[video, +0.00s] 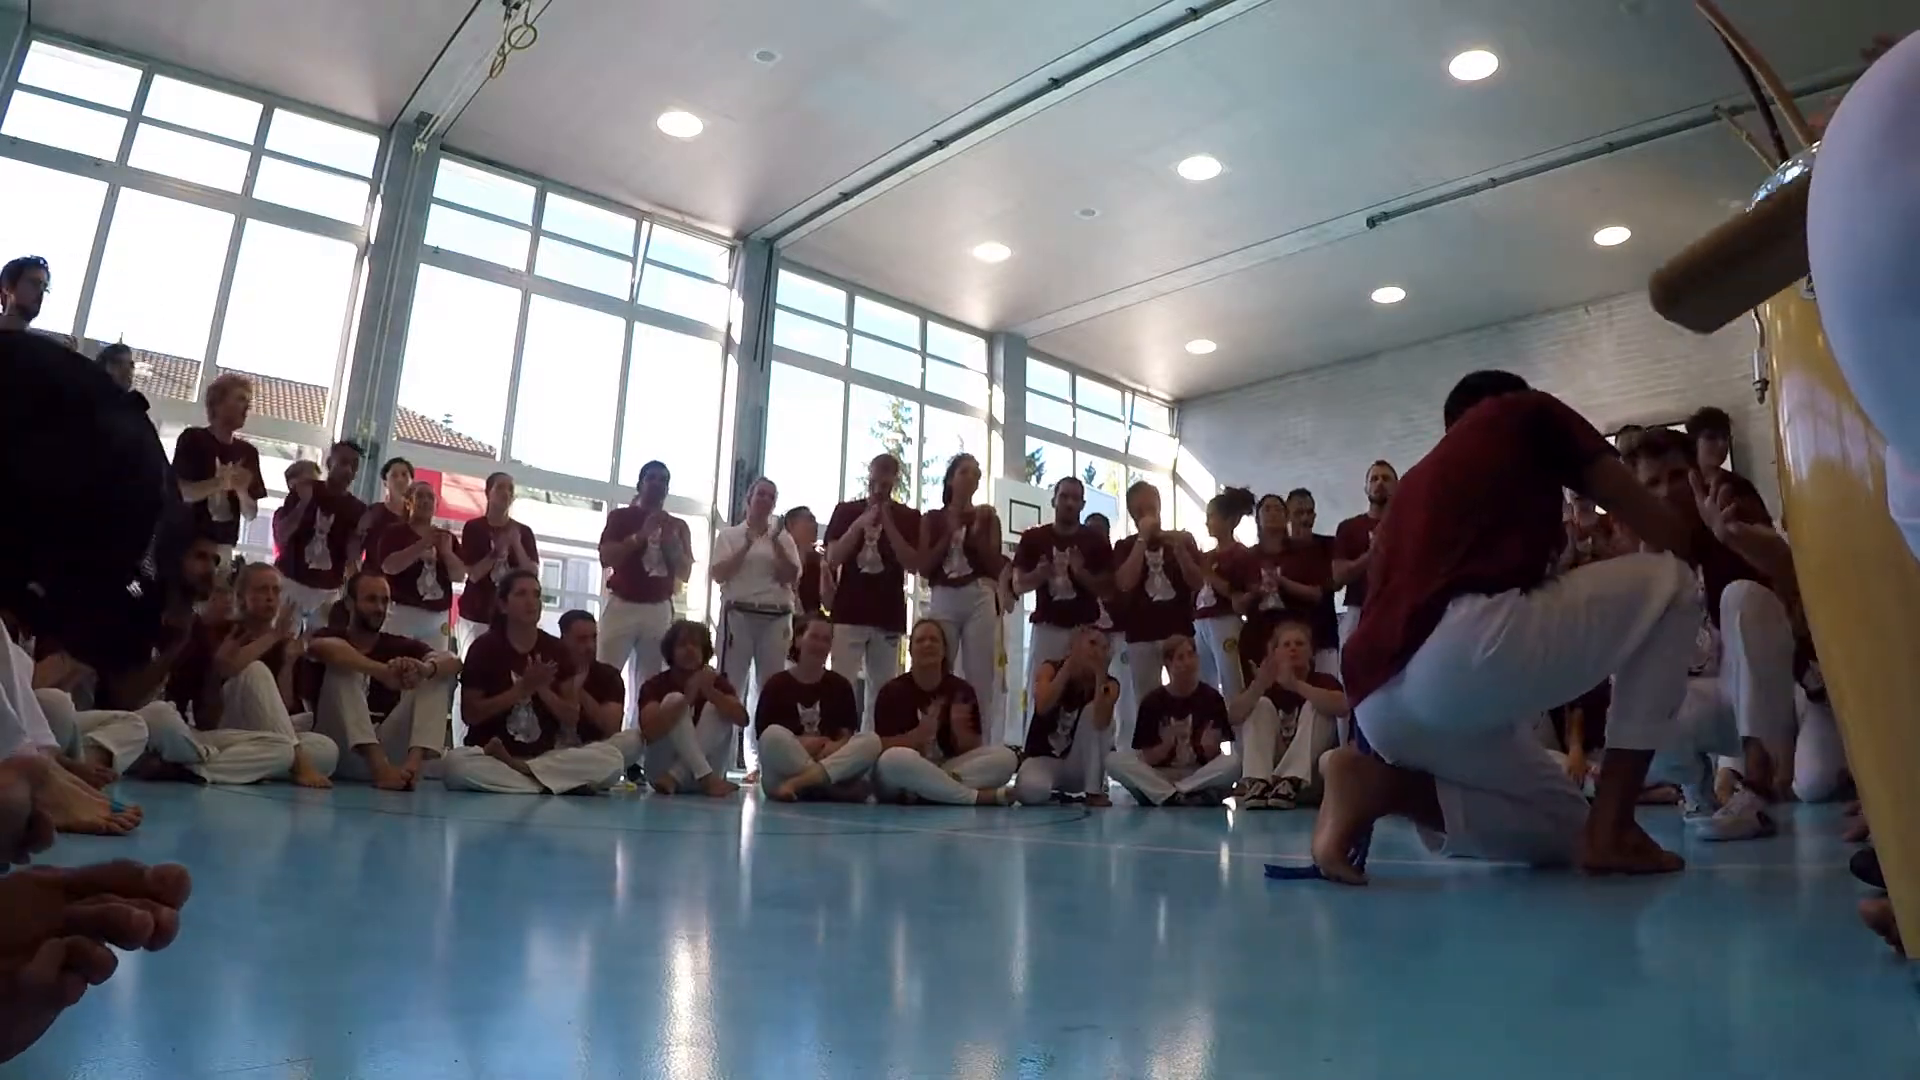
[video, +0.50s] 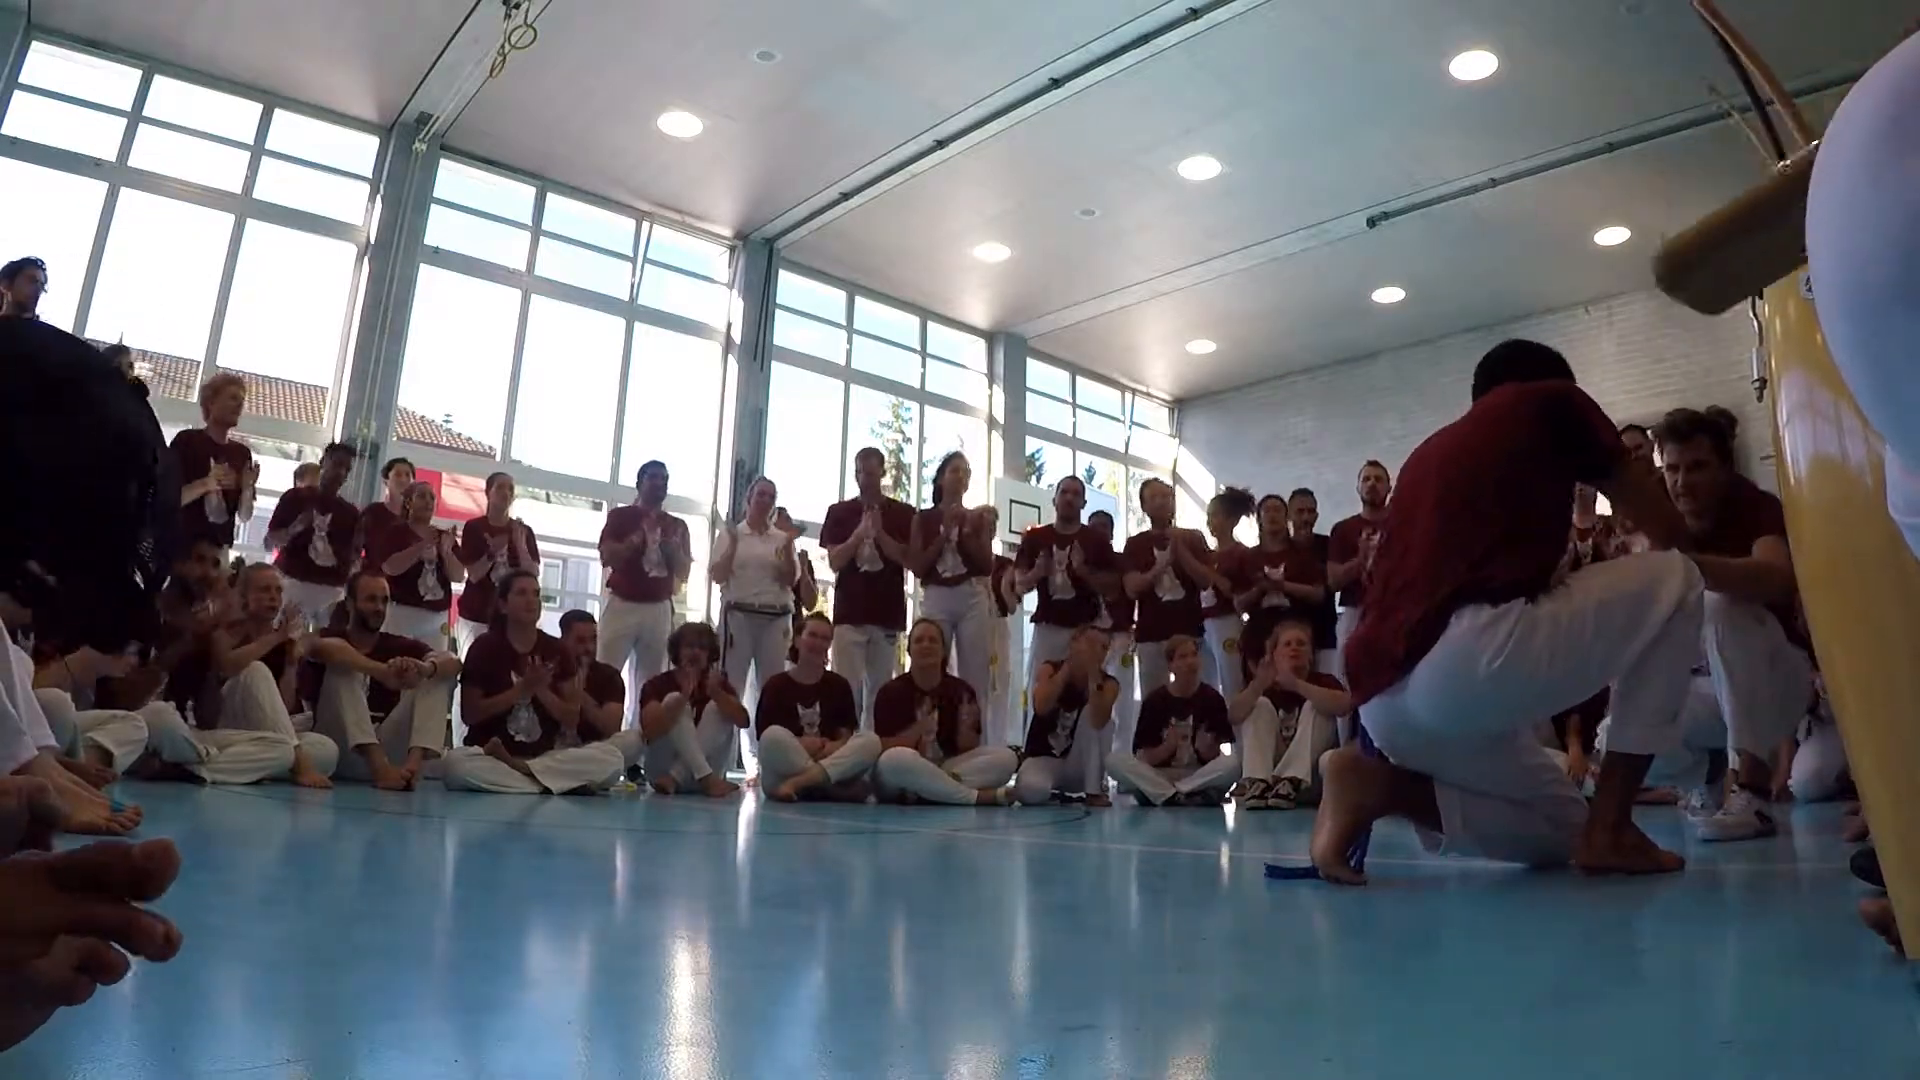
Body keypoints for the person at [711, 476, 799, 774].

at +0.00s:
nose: (763, 499)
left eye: (769, 496)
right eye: (759, 494)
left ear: (775, 503)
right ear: (748, 497)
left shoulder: (783, 537)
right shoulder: (729, 534)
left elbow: (791, 576)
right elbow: (718, 574)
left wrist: (777, 547)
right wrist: (746, 546)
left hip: (776, 617)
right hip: (737, 615)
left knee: (772, 688)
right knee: (731, 686)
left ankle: (769, 757)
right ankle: (726, 757)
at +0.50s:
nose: (763, 499)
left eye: (768, 496)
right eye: (759, 494)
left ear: (775, 503)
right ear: (748, 498)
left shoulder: (783, 538)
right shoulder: (729, 534)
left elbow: (790, 580)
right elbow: (718, 576)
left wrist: (788, 543)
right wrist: (733, 542)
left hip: (776, 617)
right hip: (738, 615)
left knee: (773, 689)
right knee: (730, 688)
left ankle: (769, 757)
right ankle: (723, 758)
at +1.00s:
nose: (762, 499)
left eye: (768, 496)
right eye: (758, 494)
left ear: (775, 503)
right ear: (747, 497)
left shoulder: (785, 539)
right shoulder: (729, 534)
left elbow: (784, 578)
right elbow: (723, 574)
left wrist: (768, 543)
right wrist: (755, 548)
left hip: (776, 618)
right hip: (737, 616)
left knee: (773, 690)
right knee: (730, 688)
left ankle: (769, 760)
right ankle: (723, 759)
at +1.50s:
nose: (764, 500)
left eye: (769, 496)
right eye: (759, 494)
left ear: (775, 502)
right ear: (747, 498)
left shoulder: (784, 538)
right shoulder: (730, 534)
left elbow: (785, 578)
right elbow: (721, 573)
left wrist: (776, 542)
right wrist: (748, 547)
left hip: (776, 618)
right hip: (737, 616)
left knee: (773, 693)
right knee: (732, 691)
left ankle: (770, 761)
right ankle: (728, 760)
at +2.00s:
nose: (765, 500)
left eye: (770, 496)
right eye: (761, 494)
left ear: (775, 502)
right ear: (748, 497)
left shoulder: (783, 535)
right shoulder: (731, 532)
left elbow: (785, 577)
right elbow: (722, 573)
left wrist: (785, 543)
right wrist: (733, 540)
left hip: (775, 616)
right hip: (737, 614)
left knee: (772, 690)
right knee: (731, 689)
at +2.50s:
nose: (764, 499)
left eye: (769, 496)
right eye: (759, 493)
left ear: (773, 502)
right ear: (747, 497)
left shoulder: (784, 538)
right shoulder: (728, 535)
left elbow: (785, 576)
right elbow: (722, 571)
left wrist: (770, 546)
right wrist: (752, 545)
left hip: (775, 618)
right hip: (736, 616)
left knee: (771, 690)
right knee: (731, 687)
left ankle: (769, 746)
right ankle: (727, 746)